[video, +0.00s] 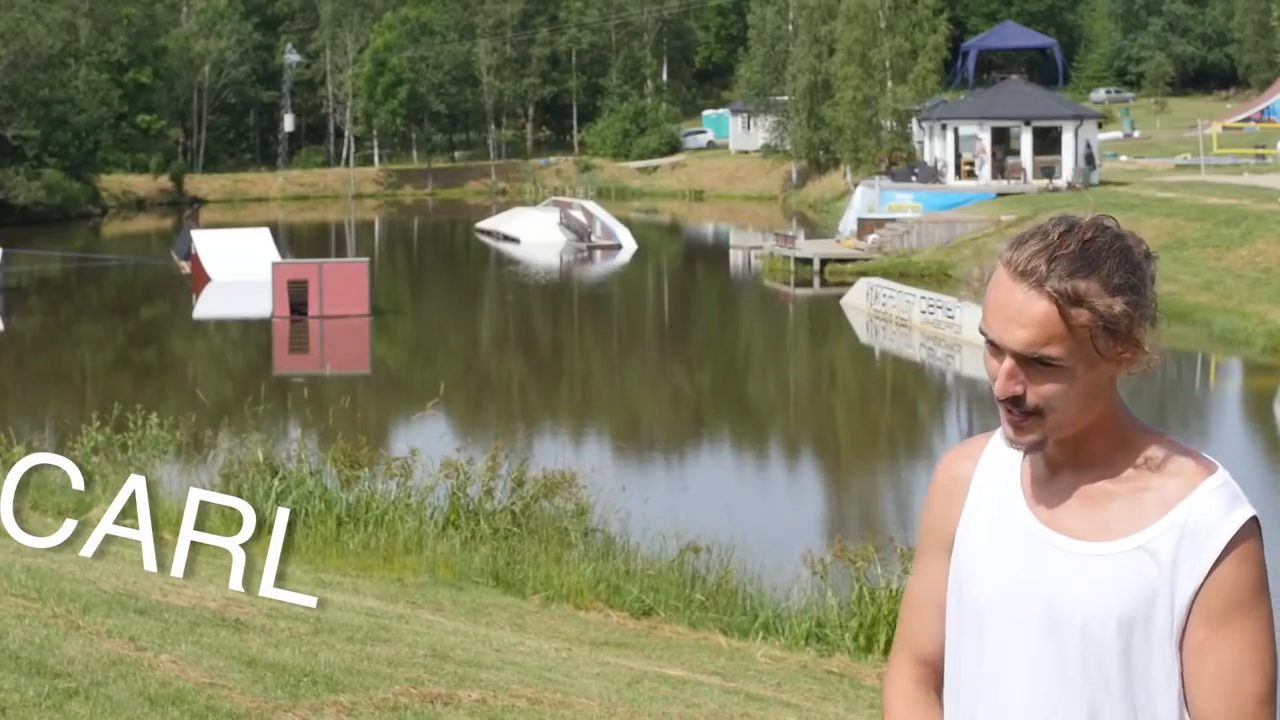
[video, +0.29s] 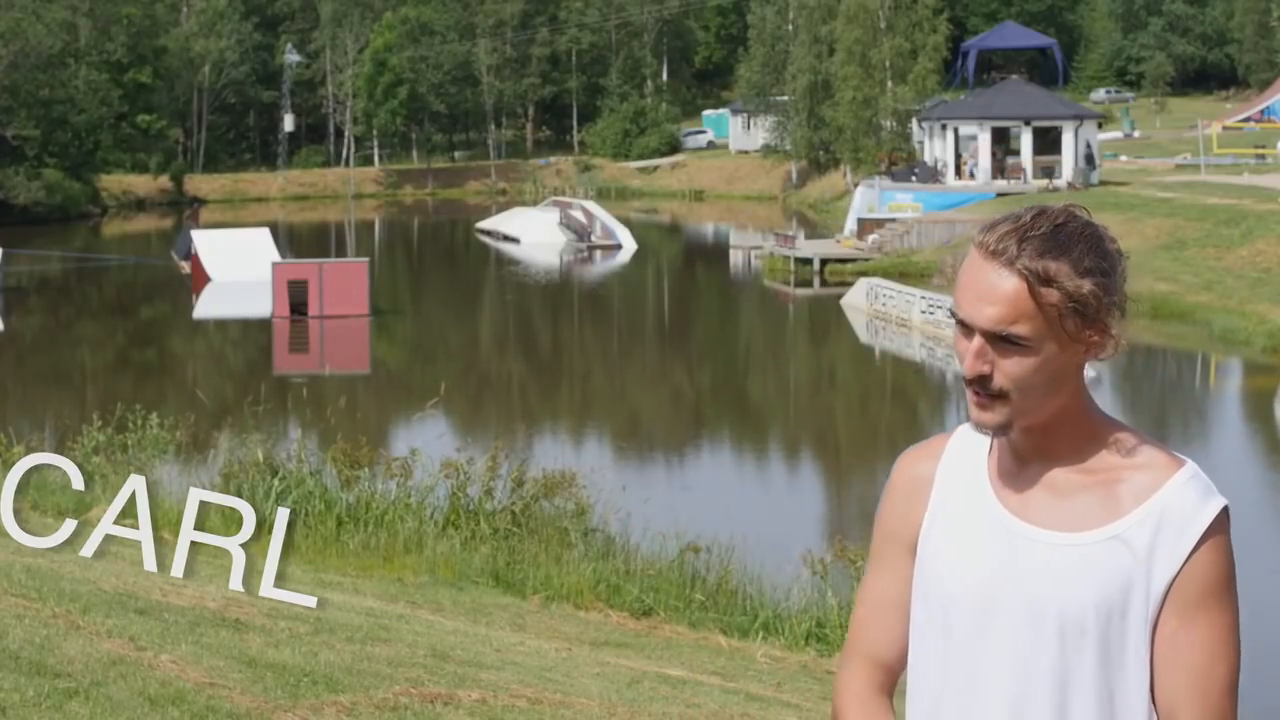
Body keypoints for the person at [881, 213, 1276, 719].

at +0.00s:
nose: (1004, 385)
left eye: (1042, 363)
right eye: (993, 347)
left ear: (1122, 352)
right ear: (983, 326)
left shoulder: (1208, 524)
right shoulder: (965, 476)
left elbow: (1238, 709)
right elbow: (915, 675)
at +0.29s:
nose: (971, 363)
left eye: (1008, 342)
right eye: (963, 328)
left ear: (1091, 341)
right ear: (954, 314)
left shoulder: (1178, 511)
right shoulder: (923, 477)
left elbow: (1197, 711)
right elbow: (864, 677)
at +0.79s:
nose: (911, 355)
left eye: (947, 331)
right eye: (903, 320)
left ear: (1030, 333)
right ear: (893, 308)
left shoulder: (1125, 508)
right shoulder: (861, 480)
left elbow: (1134, 710)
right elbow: (801, 693)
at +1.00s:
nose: (888, 352)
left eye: (922, 325)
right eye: (880, 318)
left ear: (1004, 329)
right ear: (868, 309)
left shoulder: (1107, 499)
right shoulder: (850, 481)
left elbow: (1122, 705)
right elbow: (794, 688)